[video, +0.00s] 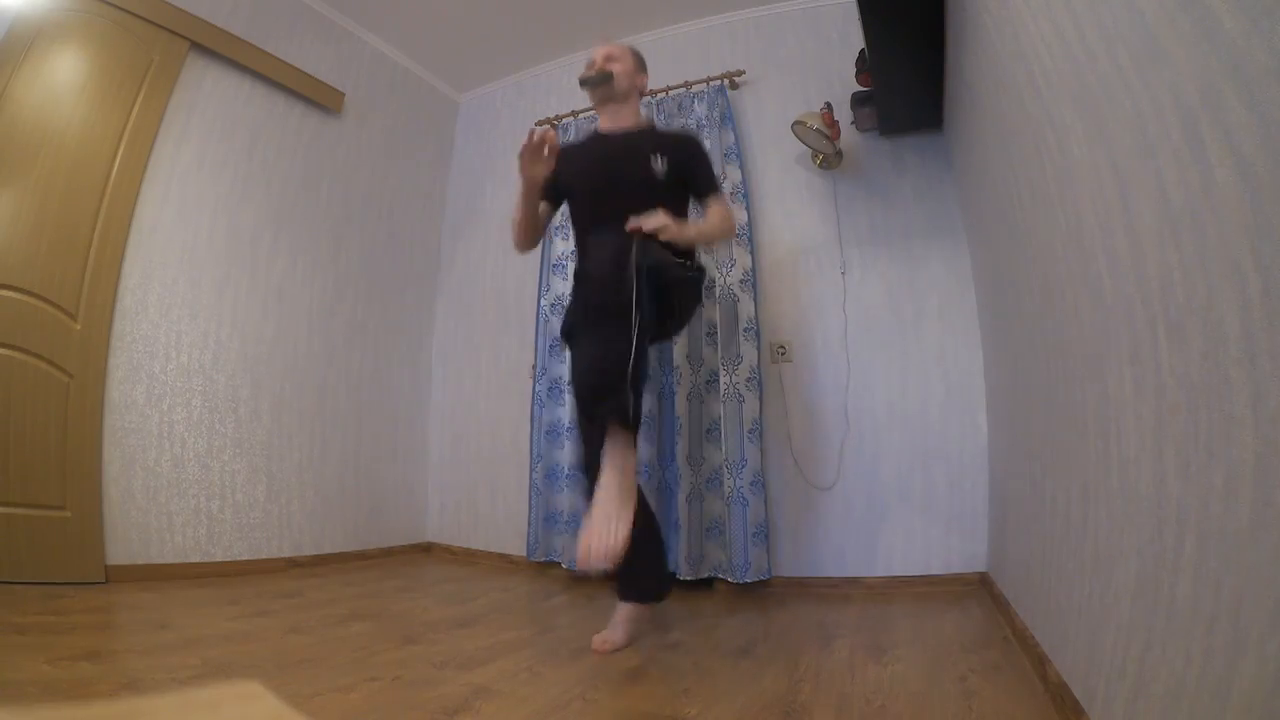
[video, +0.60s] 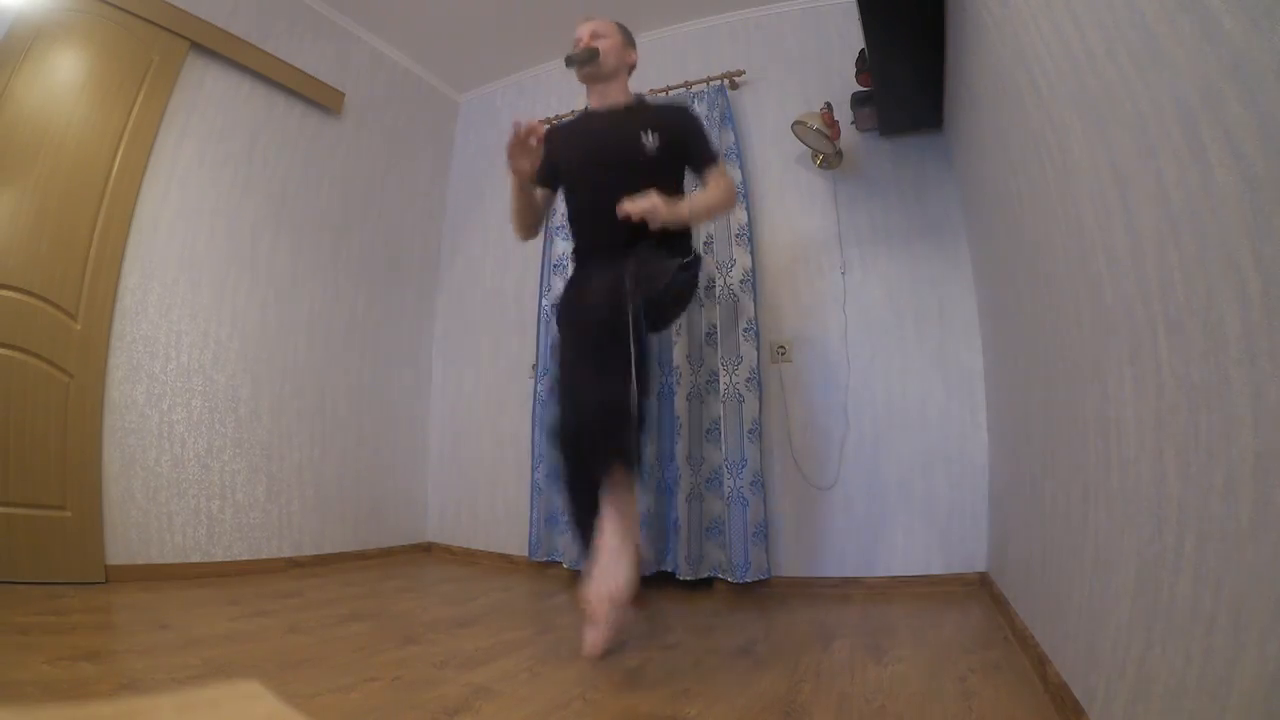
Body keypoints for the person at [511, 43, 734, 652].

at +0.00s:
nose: (597, 63)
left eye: (612, 57)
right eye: (591, 61)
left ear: (641, 81)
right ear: (584, 88)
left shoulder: (676, 146)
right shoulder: (569, 156)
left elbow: (723, 220)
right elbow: (525, 239)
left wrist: (679, 231)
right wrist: (531, 181)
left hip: (666, 292)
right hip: (597, 298)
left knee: (613, 249)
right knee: (599, 449)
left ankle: (617, 464)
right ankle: (635, 590)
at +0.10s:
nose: (588, 46)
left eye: (602, 38)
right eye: (582, 44)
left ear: (634, 60)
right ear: (578, 71)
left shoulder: (669, 113)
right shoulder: (571, 143)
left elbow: (730, 186)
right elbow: (556, 234)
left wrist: (667, 188)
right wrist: (538, 200)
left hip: (658, 271)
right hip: (594, 278)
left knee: (626, 398)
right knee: (530, 390)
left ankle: (624, 565)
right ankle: (589, 539)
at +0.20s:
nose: (585, 65)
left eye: (599, 56)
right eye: (578, 61)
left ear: (634, 76)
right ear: (575, 85)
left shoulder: (660, 128)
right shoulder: (579, 156)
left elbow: (714, 198)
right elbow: (589, 246)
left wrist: (617, 157)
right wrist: (546, 261)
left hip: (652, 294)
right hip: (589, 291)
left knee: (643, 465)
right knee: (477, 288)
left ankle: (638, 623)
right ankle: (548, 437)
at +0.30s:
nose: (585, 57)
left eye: (601, 50)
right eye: (580, 52)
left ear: (635, 71)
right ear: (575, 74)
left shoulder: (660, 121)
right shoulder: (575, 150)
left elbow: (693, 181)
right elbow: (599, 235)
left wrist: (606, 121)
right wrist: (561, 251)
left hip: (647, 298)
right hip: (583, 293)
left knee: (631, 446)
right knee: (490, 345)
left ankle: (635, 615)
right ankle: (554, 490)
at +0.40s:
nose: (594, 48)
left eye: (608, 41)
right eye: (588, 45)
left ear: (639, 62)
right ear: (580, 70)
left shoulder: (673, 127)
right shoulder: (567, 138)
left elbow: (712, 203)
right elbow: (557, 213)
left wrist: (626, 157)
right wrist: (547, 233)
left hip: (649, 264)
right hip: (582, 274)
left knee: (608, 348)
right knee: (578, 412)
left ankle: (631, 545)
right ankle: (610, 583)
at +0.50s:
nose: (592, 59)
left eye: (608, 54)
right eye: (585, 57)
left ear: (637, 82)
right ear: (578, 88)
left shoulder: (673, 150)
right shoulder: (555, 162)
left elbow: (715, 237)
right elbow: (513, 250)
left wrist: (674, 247)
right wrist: (504, 222)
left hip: (659, 306)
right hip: (586, 312)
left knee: (599, 230)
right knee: (600, 451)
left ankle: (616, 441)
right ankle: (639, 600)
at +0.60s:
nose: (585, 44)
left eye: (599, 35)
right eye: (578, 41)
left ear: (631, 55)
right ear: (572, 65)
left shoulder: (670, 119)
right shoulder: (560, 136)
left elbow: (723, 190)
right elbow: (528, 226)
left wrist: (673, 210)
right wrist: (523, 175)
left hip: (662, 267)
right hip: (591, 278)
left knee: (601, 304)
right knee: (580, 418)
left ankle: (616, 519)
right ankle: (604, 568)